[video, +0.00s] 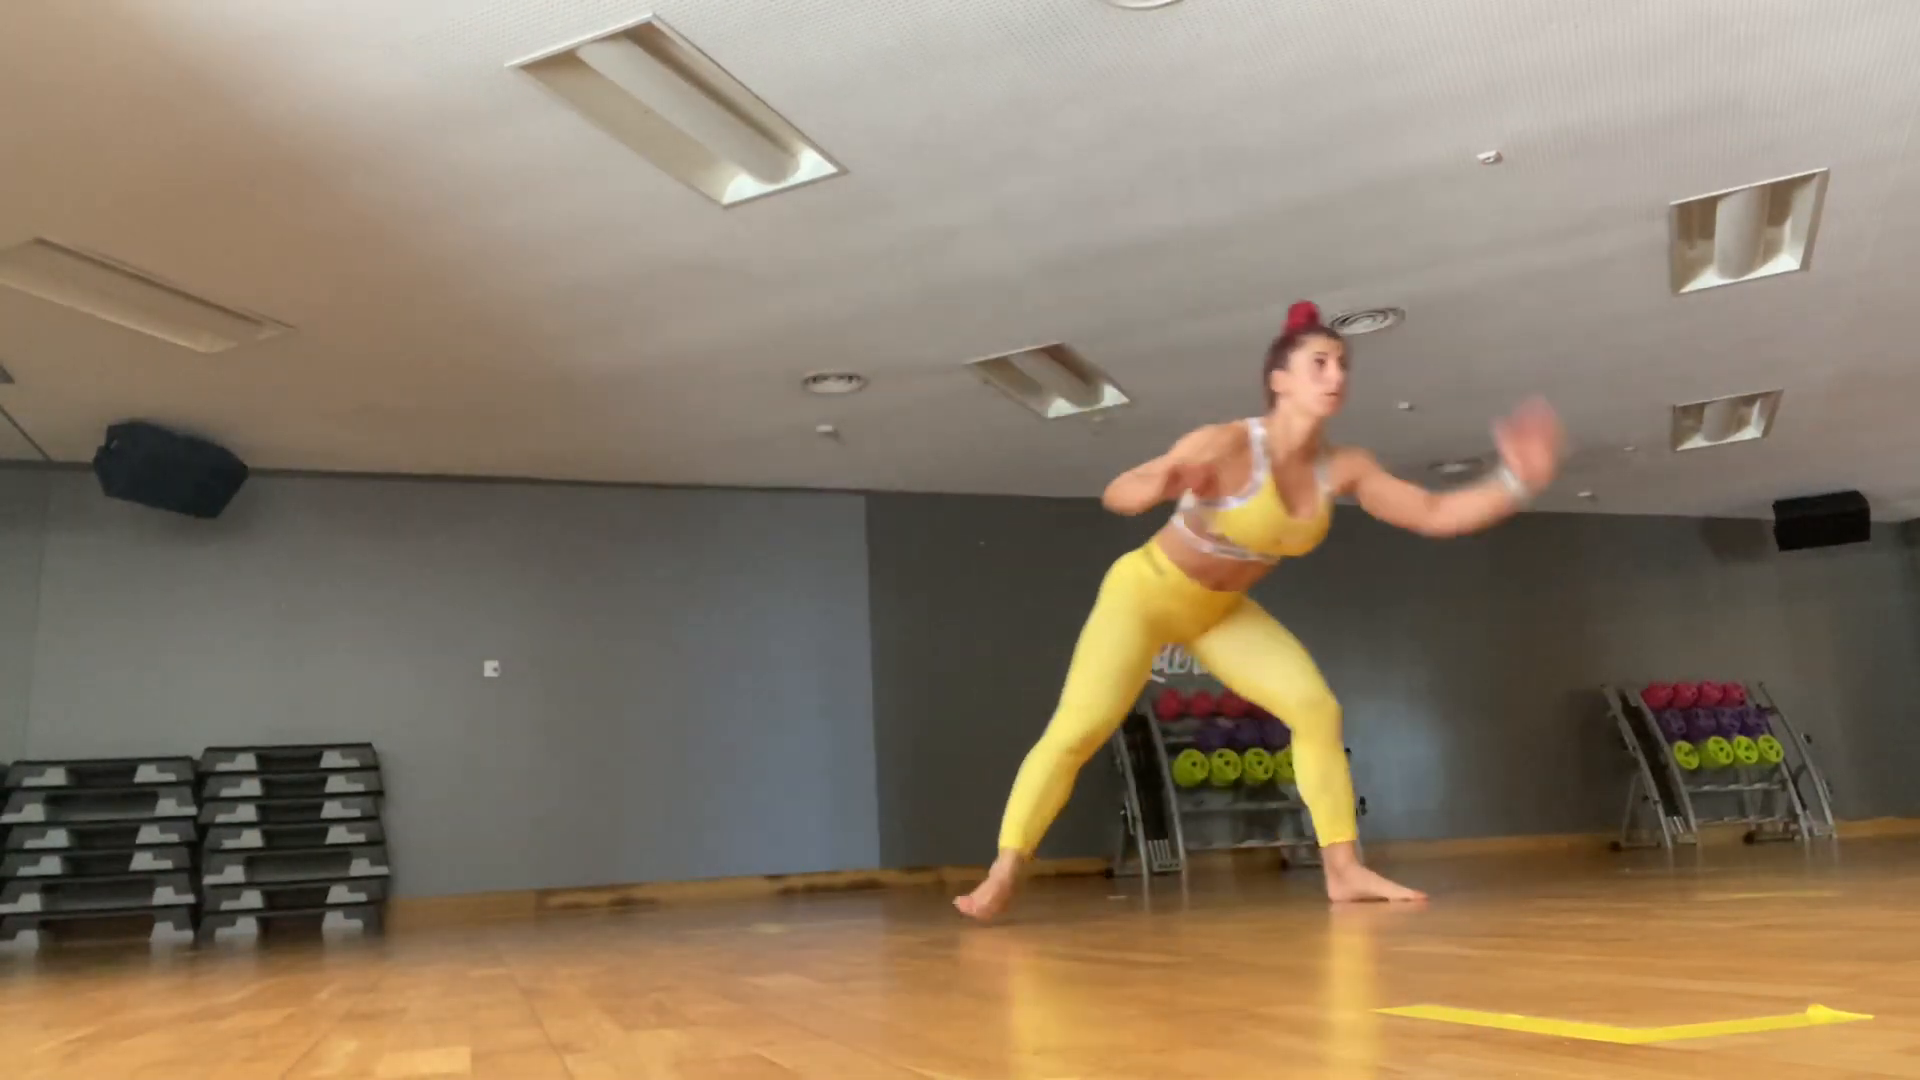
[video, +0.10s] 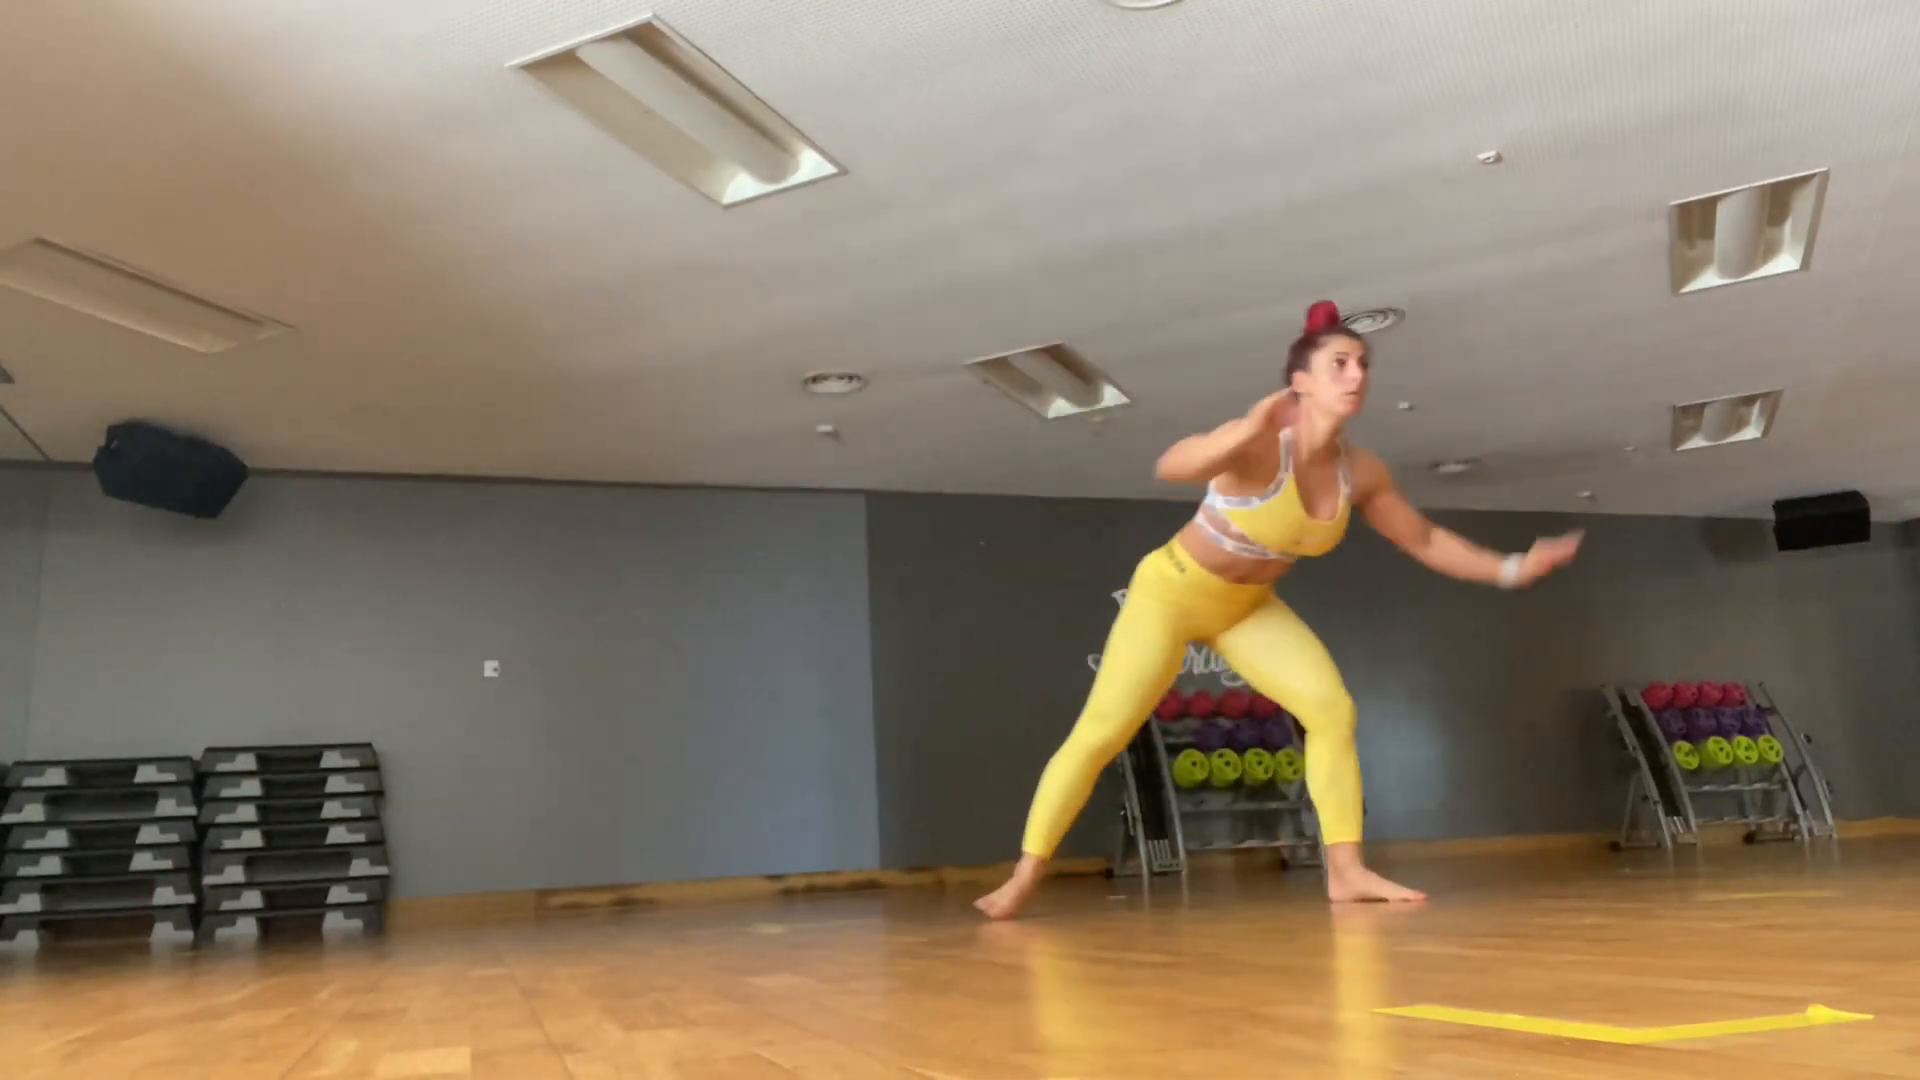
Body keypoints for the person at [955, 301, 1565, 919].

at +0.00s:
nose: (1336, 376)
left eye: (1343, 366)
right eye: (1319, 363)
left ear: (1347, 384)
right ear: (1279, 378)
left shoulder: (1343, 469)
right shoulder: (1222, 446)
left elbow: (1437, 514)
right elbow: (1117, 498)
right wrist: (1164, 482)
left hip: (1226, 612)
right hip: (1147, 594)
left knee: (1314, 708)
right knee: (1080, 728)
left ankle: (1345, 871)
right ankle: (1004, 873)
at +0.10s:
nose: (1355, 376)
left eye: (1362, 365)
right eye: (1338, 363)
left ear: (1367, 383)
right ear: (1299, 379)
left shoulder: (1360, 472)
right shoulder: (1258, 439)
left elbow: (1425, 540)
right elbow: (1169, 467)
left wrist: (1509, 569)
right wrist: (1238, 435)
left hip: (1252, 605)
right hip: (1176, 587)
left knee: (1329, 707)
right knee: (1104, 730)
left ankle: (1346, 872)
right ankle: (1026, 874)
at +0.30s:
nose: (1342, 358)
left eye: (1346, 349)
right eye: (1326, 348)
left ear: (1349, 358)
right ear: (1287, 366)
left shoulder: (1339, 447)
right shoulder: (1258, 417)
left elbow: (1281, 520)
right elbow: (1327, 391)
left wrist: (1308, 566)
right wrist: (1386, 357)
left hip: (1271, 604)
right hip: (1198, 597)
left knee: (1331, 714)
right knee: (1172, 725)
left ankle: (1348, 870)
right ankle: (1160, 844)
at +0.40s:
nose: (1311, 381)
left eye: (1317, 372)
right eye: (1296, 371)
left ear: (1321, 383)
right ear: (1263, 388)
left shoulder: (1314, 461)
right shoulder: (1236, 435)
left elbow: (1265, 532)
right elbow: (1304, 416)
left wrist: (1288, 580)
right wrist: (1351, 385)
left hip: (1271, 619)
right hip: (1202, 622)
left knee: (1336, 716)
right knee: (1206, 753)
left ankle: (1354, 866)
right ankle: (1212, 851)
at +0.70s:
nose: (1337, 375)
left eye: (1342, 365)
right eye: (1321, 364)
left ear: (1348, 373)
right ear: (1287, 380)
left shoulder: (1328, 450)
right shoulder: (1262, 422)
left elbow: (1333, 532)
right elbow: (1334, 427)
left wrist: (1388, 566)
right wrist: (1395, 391)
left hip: (1276, 612)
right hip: (1204, 609)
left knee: (1338, 721)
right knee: (1200, 743)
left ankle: (1398, 868)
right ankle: (1198, 854)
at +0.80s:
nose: (1359, 374)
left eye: (1364, 363)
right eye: (1343, 362)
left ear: (1369, 375)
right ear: (1307, 376)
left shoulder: (1352, 459)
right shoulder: (1283, 425)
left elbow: (1368, 536)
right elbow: (1347, 467)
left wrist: (1417, 533)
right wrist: (1423, 424)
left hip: (1277, 609)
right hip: (1205, 601)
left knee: (1344, 717)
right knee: (1189, 751)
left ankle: (1400, 872)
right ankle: (1170, 851)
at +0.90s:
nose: (1367, 393)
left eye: (1373, 381)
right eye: (1351, 381)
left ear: (1380, 392)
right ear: (1314, 395)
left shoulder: (1370, 463)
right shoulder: (1285, 454)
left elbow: (1416, 551)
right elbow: (1335, 546)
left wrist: (1426, 496)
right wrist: (1420, 502)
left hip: (1276, 612)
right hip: (1202, 603)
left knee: (1353, 714)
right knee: (1156, 757)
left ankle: (1398, 870)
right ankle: (1125, 857)